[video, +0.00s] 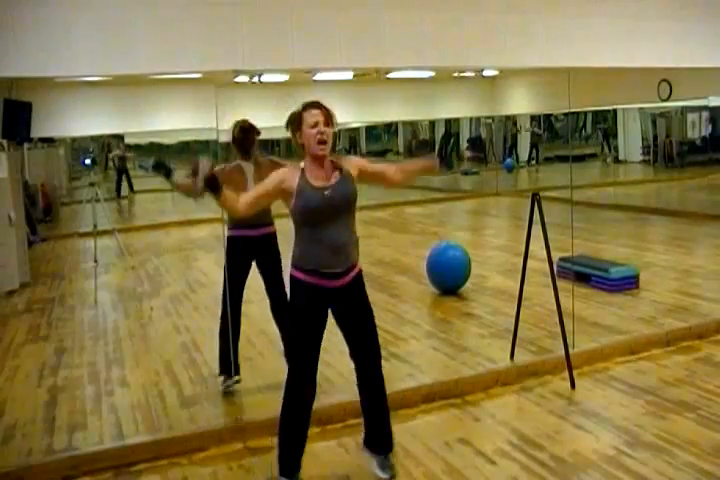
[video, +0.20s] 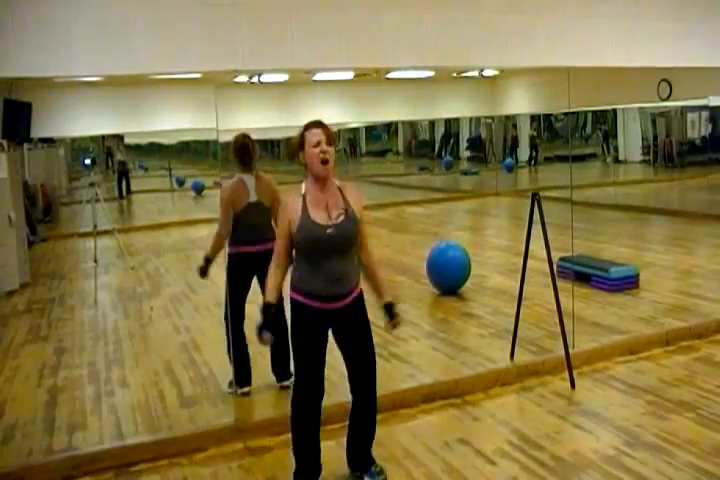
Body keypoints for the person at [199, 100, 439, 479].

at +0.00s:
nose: (322, 131)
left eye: (326, 125)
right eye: (313, 126)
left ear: (334, 131)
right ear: (299, 135)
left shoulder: (349, 167)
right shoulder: (287, 177)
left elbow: (394, 175)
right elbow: (241, 207)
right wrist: (216, 187)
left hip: (349, 282)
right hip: (306, 285)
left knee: (370, 365)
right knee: (301, 380)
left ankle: (379, 448)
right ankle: (288, 471)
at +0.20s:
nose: (324, 150)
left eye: (328, 143)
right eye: (316, 145)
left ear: (335, 149)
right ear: (303, 154)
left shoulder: (350, 195)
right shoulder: (291, 202)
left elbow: (365, 254)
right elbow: (280, 260)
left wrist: (386, 300)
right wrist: (270, 308)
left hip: (350, 305)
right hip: (307, 309)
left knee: (366, 386)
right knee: (309, 392)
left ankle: (361, 462)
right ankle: (306, 471)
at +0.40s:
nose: (326, 145)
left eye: (330, 139)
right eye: (317, 140)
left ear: (337, 145)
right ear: (304, 149)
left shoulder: (351, 189)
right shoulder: (290, 196)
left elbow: (367, 240)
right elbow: (274, 255)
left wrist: (389, 285)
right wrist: (276, 306)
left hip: (347, 300)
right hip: (304, 303)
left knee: (357, 384)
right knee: (305, 390)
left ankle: (362, 460)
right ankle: (304, 471)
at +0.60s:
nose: (328, 153)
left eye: (332, 146)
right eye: (320, 147)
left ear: (339, 151)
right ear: (306, 155)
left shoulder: (353, 193)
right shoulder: (293, 202)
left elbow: (368, 247)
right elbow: (279, 264)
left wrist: (387, 296)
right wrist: (274, 315)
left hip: (346, 301)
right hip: (304, 306)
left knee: (359, 383)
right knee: (305, 392)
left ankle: (361, 460)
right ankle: (305, 473)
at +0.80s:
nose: (333, 170)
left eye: (337, 164)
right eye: (324, 166)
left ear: (344, 173)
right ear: (311, 179)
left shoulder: (357, 216)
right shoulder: (299, 223)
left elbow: (368, 272)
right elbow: (280, 283)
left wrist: (375, 321)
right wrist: (279, 333)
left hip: (349, 317)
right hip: (306, 321)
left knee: (367, 391)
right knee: (311, 400)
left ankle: (361, 461)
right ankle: (305, 475)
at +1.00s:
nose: (335, 140)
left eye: (340, 133)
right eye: (327, 134)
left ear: (347, 138)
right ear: (312, 142)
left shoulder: (357, 179)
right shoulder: (298, 187)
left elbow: (371, 225)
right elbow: (277, 234)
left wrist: (396, 255)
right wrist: (265, 275)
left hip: (354, 292)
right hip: (312, 294)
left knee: (376, 368)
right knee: (304, 384)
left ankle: (368, 449)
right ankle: (300, 472)